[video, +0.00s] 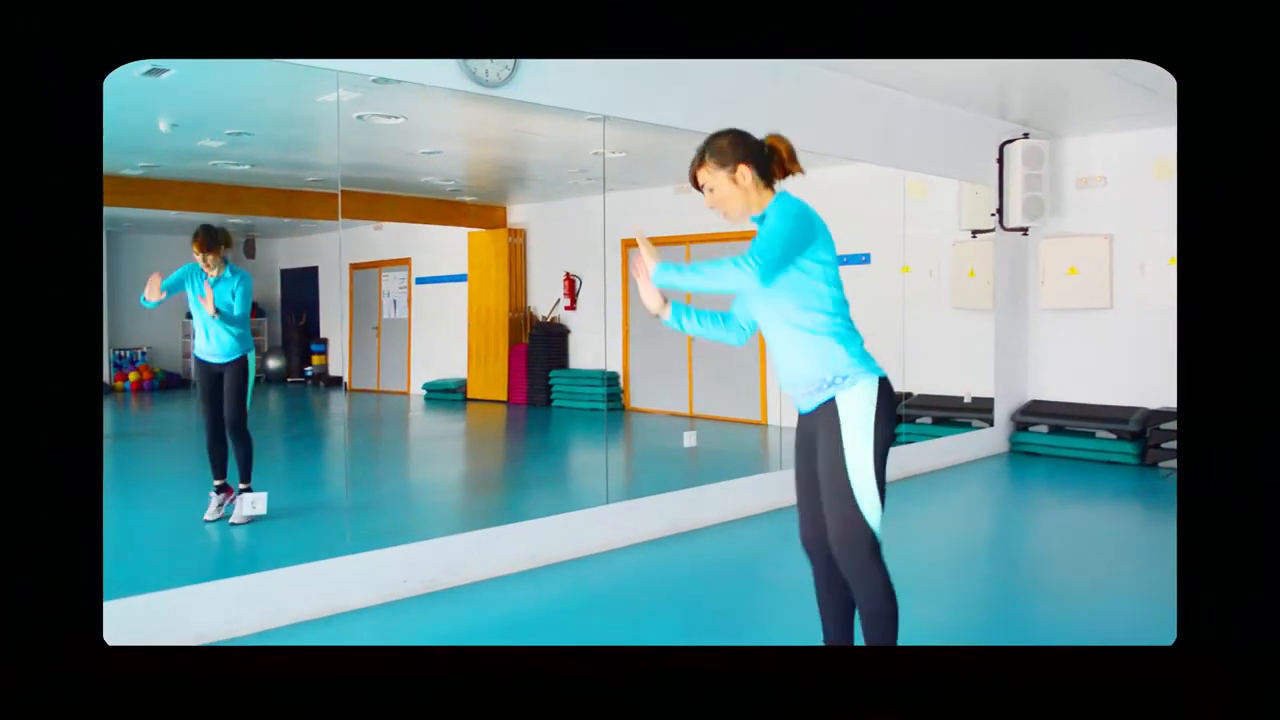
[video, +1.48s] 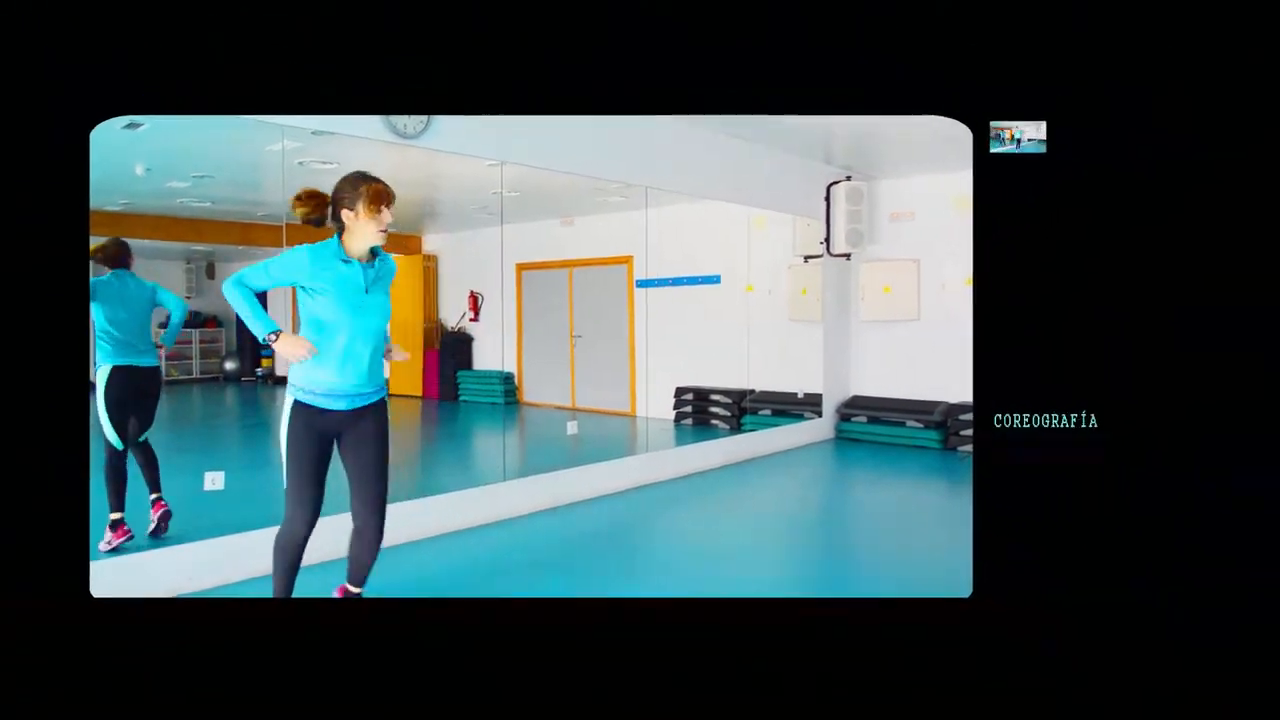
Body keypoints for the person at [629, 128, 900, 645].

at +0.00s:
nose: (709, 203)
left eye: (709, 187)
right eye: (703, 192)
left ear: (743, 173)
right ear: (742, 178)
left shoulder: (792, 213)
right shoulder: (765, 246)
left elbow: (752, 271)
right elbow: (739, 329)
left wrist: (660, 271)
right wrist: (666, 309)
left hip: (853, 397)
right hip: (815, 408)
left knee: (853, 545)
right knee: (819, 543)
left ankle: (882, 645)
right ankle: (839, 645)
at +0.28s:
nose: (704, 237)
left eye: (704, 225)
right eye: (699, 227)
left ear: (732, 213)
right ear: (738, 213)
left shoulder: (764, 241)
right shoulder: (757, 247)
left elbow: (668, 227)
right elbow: (676, 229)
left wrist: (590, 192)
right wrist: (606, 216)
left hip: (851, 415)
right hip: (826, 421)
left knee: (880, 556)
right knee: (841, 553)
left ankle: (922, 631)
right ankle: (878, 633)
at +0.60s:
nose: (642, 253)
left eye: (647, 241)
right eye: (640, 244)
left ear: (679, 236)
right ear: (679, 238)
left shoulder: (698, 286)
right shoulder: (719, 274)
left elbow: (732, 375)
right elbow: (756, 358)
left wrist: (739, 467)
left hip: (774, 424)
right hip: (798, 416)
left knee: (684, 536)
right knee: (832, 543)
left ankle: (671, 614)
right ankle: (864, 615)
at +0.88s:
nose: (560, 238)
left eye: (566, 228)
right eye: (559, 228)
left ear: (597, 233)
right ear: (592, 234)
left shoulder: (616, 281)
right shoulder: (597, 280)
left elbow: (684, 330)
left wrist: (742, 400)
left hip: (649, 424)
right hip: (634, 424)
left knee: (588, 537)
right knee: (638, 539)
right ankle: (736, 592)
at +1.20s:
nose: (476, 224)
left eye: (488, 216)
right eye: (472, 215)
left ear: (514, 227)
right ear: (467, 222)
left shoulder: (535, 284)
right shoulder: (453, 279)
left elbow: (575, 349)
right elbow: (426, 332)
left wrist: (548, 398)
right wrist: (381, 364)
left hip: (520, 429)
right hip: (465, 429)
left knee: (518, 542)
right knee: (433, 534)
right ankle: (407, 598)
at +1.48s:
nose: (389, 219)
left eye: (389, 210)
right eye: (379, 210)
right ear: (347, 215)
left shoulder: (386, 267)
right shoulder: (308, 260)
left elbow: (371, 313)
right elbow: (235, 286)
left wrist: (382, 344)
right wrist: (274, 336)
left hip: (367, 409)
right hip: (310, 409)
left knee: (371, 520)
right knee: (301, 518)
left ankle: (351, 591)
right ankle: (280, 595)